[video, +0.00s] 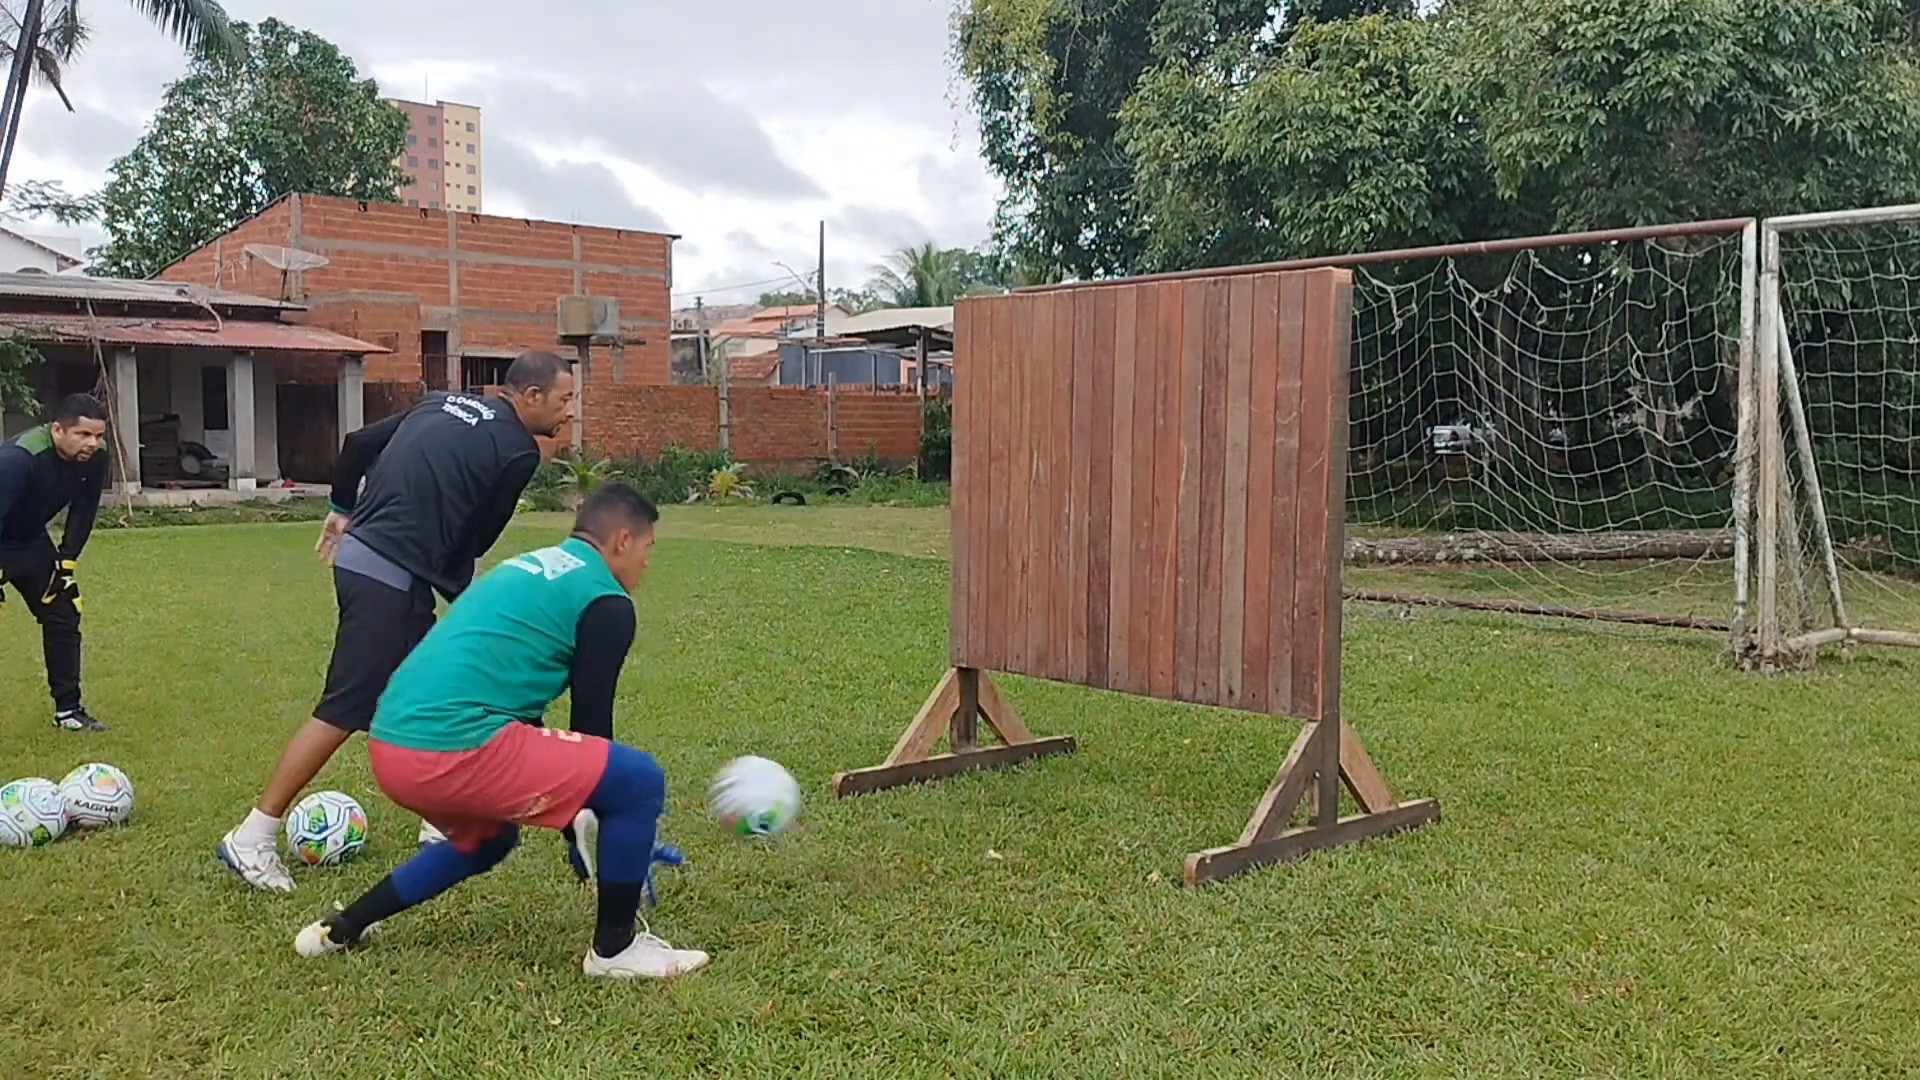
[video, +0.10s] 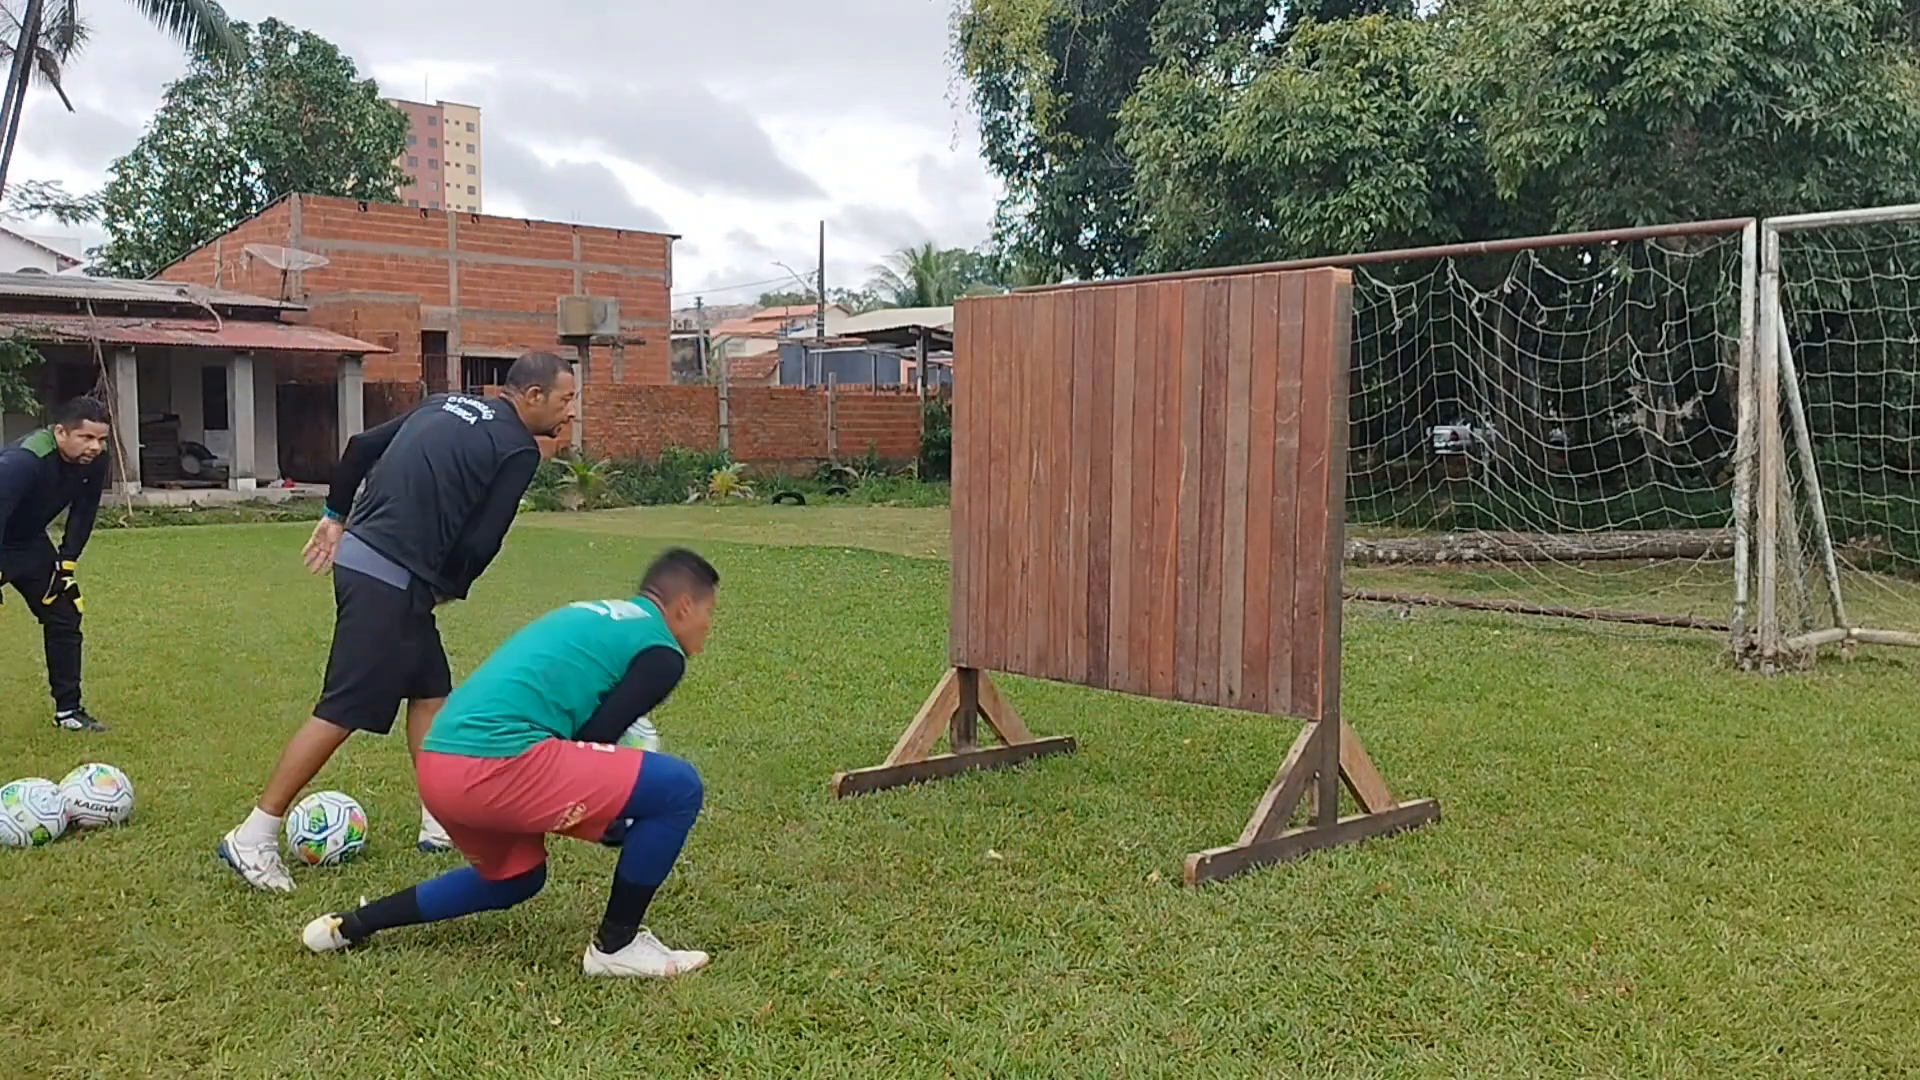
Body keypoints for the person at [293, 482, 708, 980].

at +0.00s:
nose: (646, 563)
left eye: (649, 550)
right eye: (646, 549)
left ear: (585, 535)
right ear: (621, 542)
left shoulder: (527, 564)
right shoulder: (605, 602)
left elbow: (513, 701)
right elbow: (592, 730)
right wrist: (593, 826)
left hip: (394, 749)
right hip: (459, 755)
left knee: (490, 840)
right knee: (637, 780)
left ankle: (340, 929)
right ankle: (616, 947)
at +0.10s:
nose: (707, 629)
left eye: (710, 616)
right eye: (707, 614)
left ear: (653, 594)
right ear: (682, 604)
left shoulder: (590, 615)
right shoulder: (662, 651)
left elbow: (553, 716)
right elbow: (592, 737)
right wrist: (600, 818)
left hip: (440, 767)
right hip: (500, 767)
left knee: (517, 876)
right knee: (679, 790)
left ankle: (349, 926)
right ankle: (617, 944)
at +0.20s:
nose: (764, 684)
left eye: (769, 672)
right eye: (766, 670)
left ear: (714, 645)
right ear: (745, 657)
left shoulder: (659, 660)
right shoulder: (720, 689)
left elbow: (626, 753)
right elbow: (663, 783)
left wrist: (707, 771)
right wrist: (725, 795)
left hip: (488, 783)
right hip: (541, 786)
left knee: (536, 910)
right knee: (712, 808)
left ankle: (365, 921)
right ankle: (619, 944)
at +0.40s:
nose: (918, 748)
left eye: (920, 736)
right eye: (917, 735)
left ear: (864, 711)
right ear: (894, 725)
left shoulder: (813, 736)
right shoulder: (875, 755)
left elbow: (790, 827)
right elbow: (906, 889)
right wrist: (923, 830)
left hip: (621, 776)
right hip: (671, 787)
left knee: (577, 909)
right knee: (815, 895)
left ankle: (406, 921)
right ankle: (644, 929)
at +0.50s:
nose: (982, 817)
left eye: (985, 808)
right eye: (988, 805)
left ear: (948, 766)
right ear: (976, 786)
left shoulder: (891, 775)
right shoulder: (953, 798)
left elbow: (848, 868)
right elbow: (935, 918)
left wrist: (907, 881)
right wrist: (959, 895)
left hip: (715, 770)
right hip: (770, 785)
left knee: (633, 903)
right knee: (874, 941)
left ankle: (495, 914)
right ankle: (704, 919)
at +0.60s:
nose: (1016, 808)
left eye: (1018, 799)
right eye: (1021, 799)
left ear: (983, 762)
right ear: (1014, 787)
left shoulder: (930, 764)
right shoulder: (998, 801)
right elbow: (952, 886)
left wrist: (966, 877)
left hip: (791, 765)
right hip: (855, 786)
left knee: (707, 895)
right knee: (951, 930)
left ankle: (615, 905)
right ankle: (802, 944)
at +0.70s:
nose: (1020, 773)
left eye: (1021, 765)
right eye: (1023, 766)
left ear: (983, 737)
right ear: (1015, 757)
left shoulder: (922, 737)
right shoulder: (1014, 781)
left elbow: (891, 853)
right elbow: (965, 863)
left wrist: (919, 899)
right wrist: (923, 919)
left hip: (836, 767)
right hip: (913, 795)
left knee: (806, 879)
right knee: (1003, 906)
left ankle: (729, 902)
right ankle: (909, 937)